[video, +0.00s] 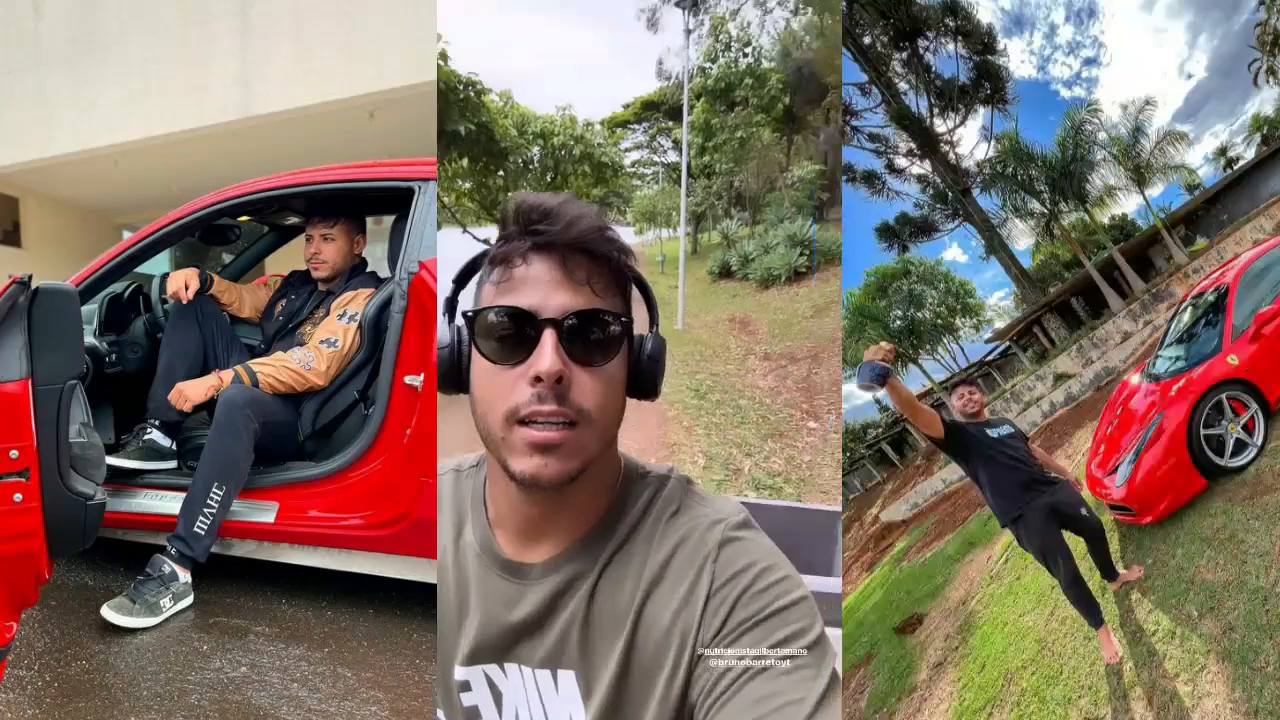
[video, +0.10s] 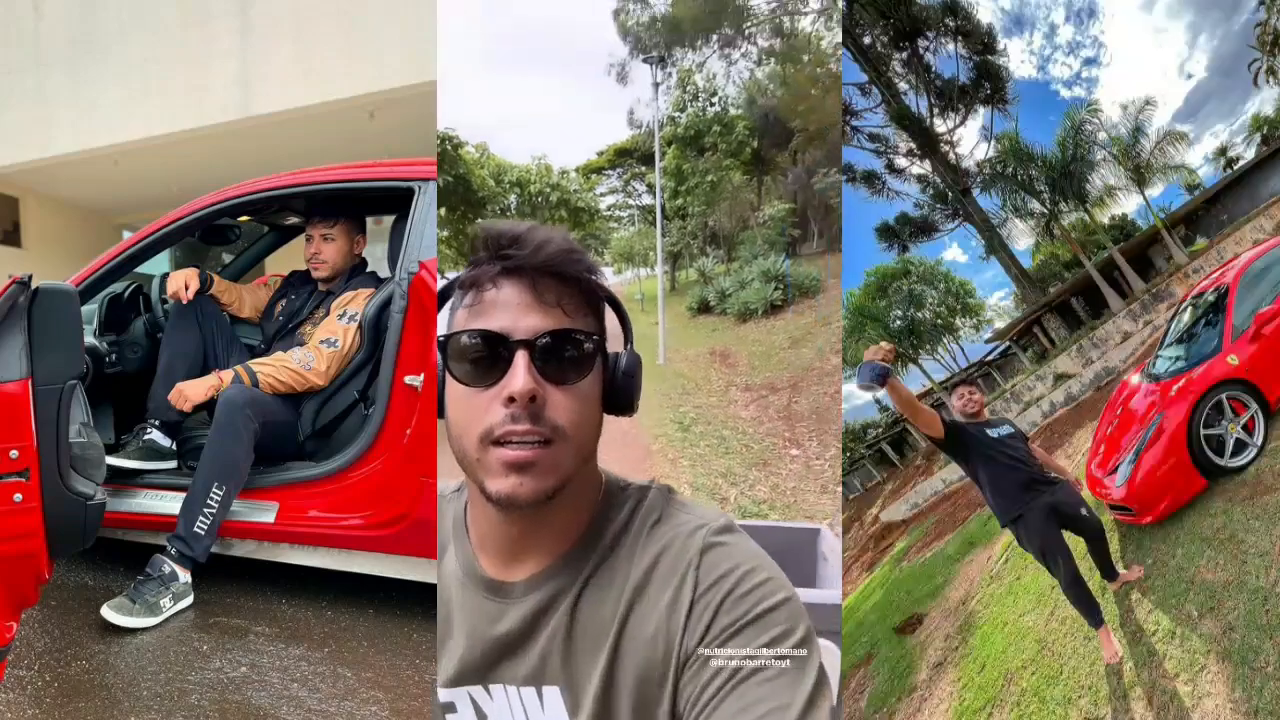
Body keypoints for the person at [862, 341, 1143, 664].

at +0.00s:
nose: (966, 397)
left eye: (971, 392)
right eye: (959, 397)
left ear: (984, 399)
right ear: (952, 410)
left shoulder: (1004, 424)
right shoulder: (956, 436)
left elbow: (1037, 454)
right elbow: (917, 413)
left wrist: (1067, 475)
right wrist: (887, 376)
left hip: (1051, 489)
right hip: (1022, 512)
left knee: (1093, 528)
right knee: (1065, 570)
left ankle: (1114, 576)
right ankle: (1101, 627)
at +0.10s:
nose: (966, 397)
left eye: (971, 392)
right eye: (959, 397)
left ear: (984, 398)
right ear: (952, 410)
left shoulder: (1004, 424)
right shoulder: (956, 436)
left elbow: (1037, 454)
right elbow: (917, 413)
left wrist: (1067, 475)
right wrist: (887, 376)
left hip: (1051, 489)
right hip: (1022, 512)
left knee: (1093, 528)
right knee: (1065, 570)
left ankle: (1114, 576)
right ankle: (1101, 627)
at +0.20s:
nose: (966, 397)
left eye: (971, 392)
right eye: (959, 397)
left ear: (984, 399)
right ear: (952, 410)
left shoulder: (1004, 424)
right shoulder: (956, 436)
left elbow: (1037, 454)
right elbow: (917, 413)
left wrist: (1067, 475)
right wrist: (887, 376)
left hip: (1051, 489)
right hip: (1022, 512)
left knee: (1093, 528)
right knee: (1065, 570)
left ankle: (1114, 576)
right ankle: (1101, 627)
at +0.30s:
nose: (966, 397)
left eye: (971, 392)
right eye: (959, 397)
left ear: (984, 399)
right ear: (952, 410)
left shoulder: (1004, 424)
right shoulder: (956, 436)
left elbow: (1037, 454)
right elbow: (917, 413)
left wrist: (1067, 475)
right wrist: (886, 376)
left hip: (1051, 489)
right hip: (1022, 512)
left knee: (1093, 528)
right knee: (1065, 570)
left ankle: (1114, 576)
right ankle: (1101, 627)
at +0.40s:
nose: (966, 397)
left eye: (971, 392)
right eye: (959, 397)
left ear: (984, 399)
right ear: (952, 410)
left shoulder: (1004, 425)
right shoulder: (956, 436)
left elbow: (1037, 454)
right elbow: (917, 413)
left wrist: (1067, 475)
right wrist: (886, 376)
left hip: (1051, 489)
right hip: (1021, 512)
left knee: (1093, 528)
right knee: (1065, 570)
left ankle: (1114, 576)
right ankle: (1101, 627)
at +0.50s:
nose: (967, 397)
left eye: (971, 392)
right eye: (959, 397)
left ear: (984, 399)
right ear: (952, 410)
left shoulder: (1003, 424)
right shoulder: (956, 436)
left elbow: (1037, 454)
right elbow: (917, 413)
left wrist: (1067, 475)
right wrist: (886, 375)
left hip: (1051, 489)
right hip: (1022, 512)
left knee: (1093, 528)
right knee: (1065, 570)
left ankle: (1113, 576)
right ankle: (1101, 628)